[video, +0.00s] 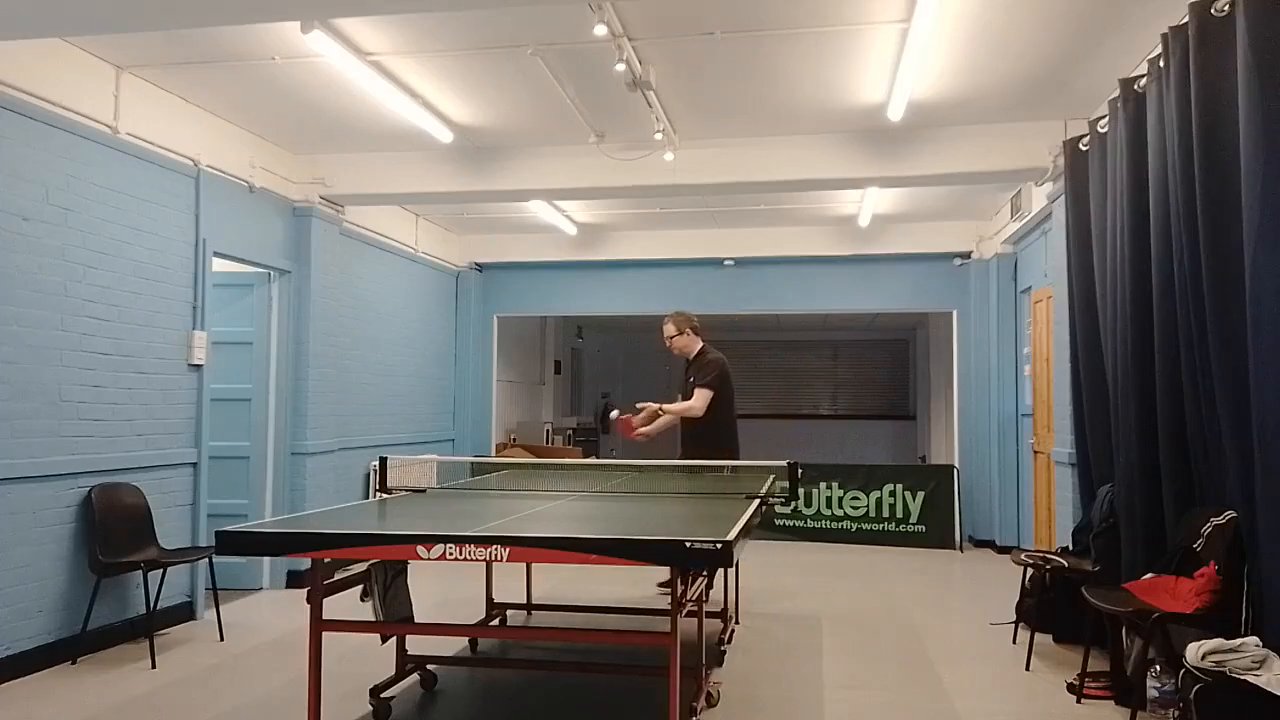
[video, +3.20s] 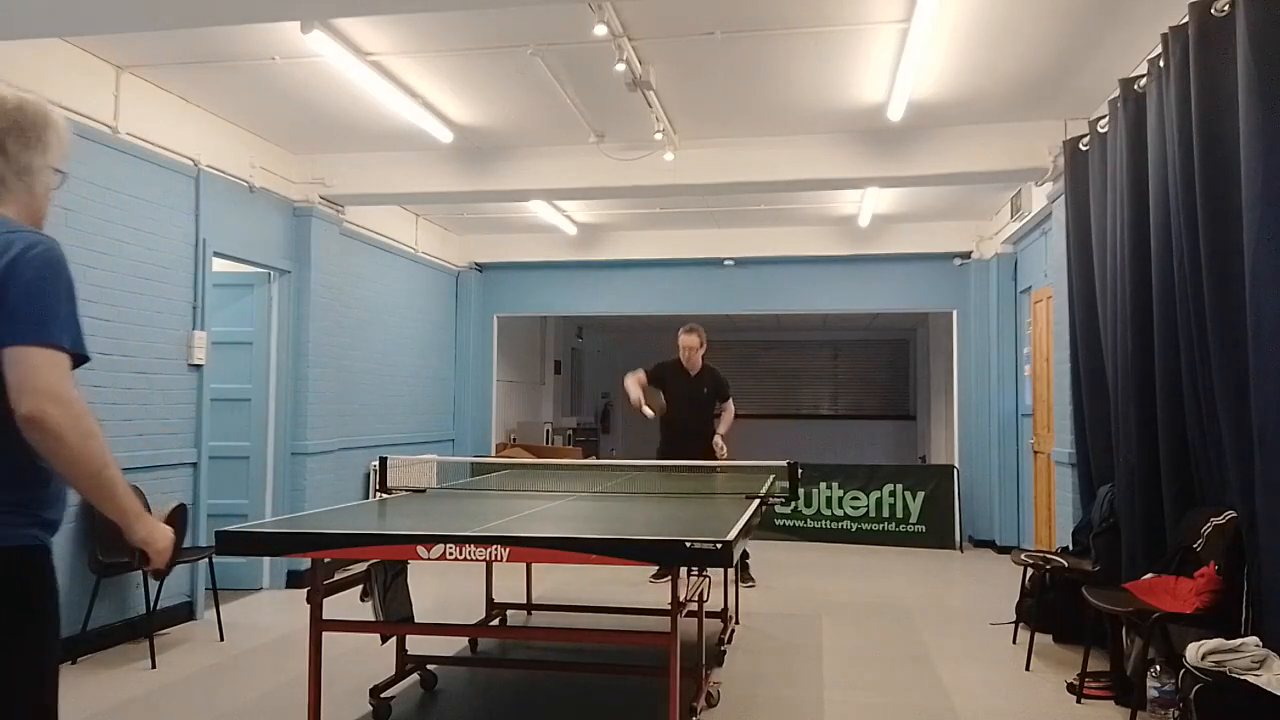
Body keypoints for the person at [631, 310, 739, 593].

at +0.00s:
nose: (668, 345)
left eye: (671, 338)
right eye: (666, 340)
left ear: (689, 333)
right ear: (686, 336)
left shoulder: (713, 362)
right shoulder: (691, 365)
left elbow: (697, 408)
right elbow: (682, 408)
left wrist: (659, 408)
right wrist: (652, 429)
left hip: (715, 461)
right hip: (693, 460)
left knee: (709, 519)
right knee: (682, 515)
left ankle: (702, 579)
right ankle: (681, 572)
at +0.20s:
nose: (662, 343)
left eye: (666, 337)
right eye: (660, 338)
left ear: (685, 334)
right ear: (665, 339)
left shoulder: (712, 363)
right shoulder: (666, 370)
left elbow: (727, 404)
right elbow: (652, 404)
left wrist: (687, 419)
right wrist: (638, 426)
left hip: (712, 458)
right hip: (681, 457)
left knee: (707, 517)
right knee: (677, 514)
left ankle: (702, 576)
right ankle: (680, 569)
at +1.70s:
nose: (672, 338)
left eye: (677, 334)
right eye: (668, 334)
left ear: (686, 338)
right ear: (662, 336)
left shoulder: (695, 369)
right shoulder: (651, 363)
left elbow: (708, 404)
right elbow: (624, 372)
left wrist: (712, 426)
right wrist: (624, 385)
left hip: (687, 450)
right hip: (655, 450)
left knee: (693, 506)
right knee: (654, 507)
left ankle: (702, 561)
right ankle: (656, 565)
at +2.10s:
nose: (680, 337)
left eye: (686, 333)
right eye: (677, 333)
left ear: (696, 338)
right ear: (671, 337)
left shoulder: (705, 372)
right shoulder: (657, 367)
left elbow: (718, 406)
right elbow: (631, 390)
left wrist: (720, 427)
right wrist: (647, 408)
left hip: (697, 455)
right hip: (662, 455)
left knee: (715, 507)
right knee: (660, 510)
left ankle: (732, 563)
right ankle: (657, 566)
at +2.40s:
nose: (694, 351)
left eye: (699, 346)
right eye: (690, 347)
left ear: (711, 348)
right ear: (685, 350)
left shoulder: (730, 378)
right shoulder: (680, 381)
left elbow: (753, 409)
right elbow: (662, 416)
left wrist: (740, 434)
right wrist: (668, 446)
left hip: (726, 462)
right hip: (691, 462)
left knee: (741, 514)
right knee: (674, 511)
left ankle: (754, 570)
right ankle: (660, 566)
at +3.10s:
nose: (685, 371)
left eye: (690, 366)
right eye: (680, 366)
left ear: (702, 363)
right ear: (675, 363)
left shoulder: (716, 387)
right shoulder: (668, 384)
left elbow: (732, 420)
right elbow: (638, 411)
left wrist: (721, 445)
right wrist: (649, 437)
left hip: (708, 464)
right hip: (675, 464)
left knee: (725, 512)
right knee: (668, 511)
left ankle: (750, 567)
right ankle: (669, 561)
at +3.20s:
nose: (686, 354)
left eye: (691, 349)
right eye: (682, 349)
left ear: (703, 348)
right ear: (677, 347)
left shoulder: (714, 377)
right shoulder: (667, 370)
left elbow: (728, 409)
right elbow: (631, 379)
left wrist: (719, 434)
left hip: (704, 456)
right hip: (670, 454)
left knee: (722, 506)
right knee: (667, 508)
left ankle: (741, 563)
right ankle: (669, 560)